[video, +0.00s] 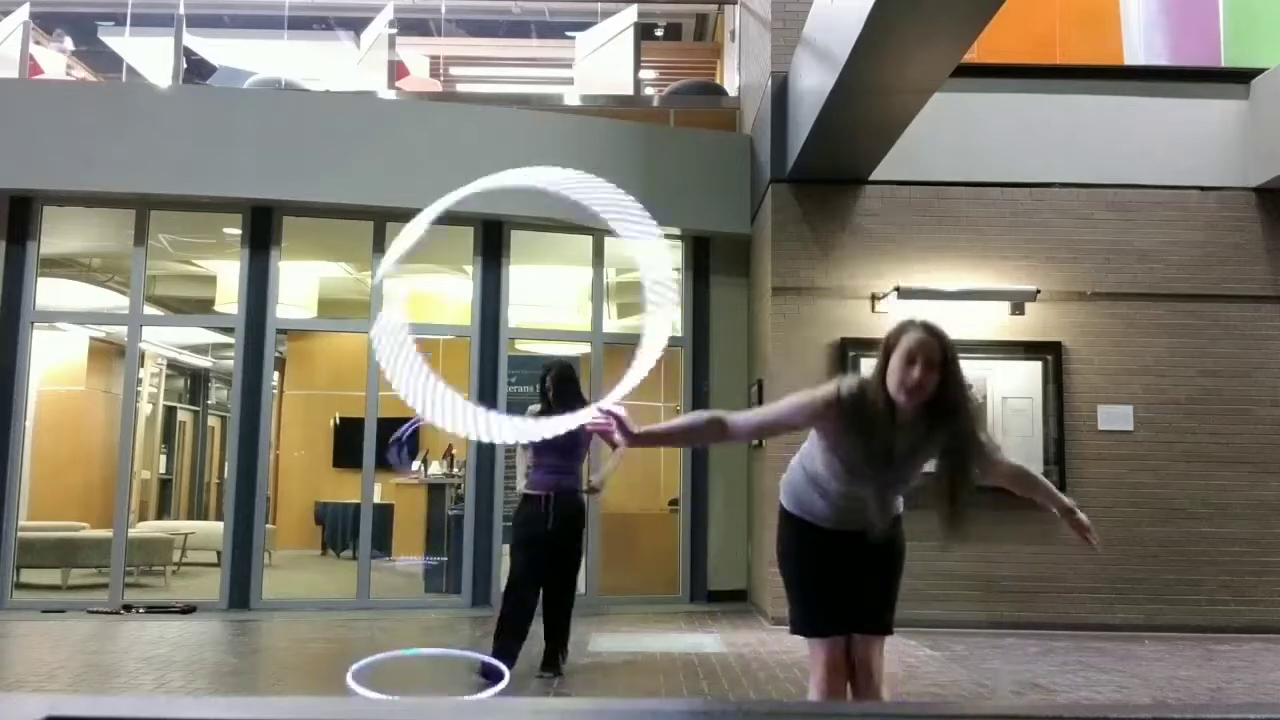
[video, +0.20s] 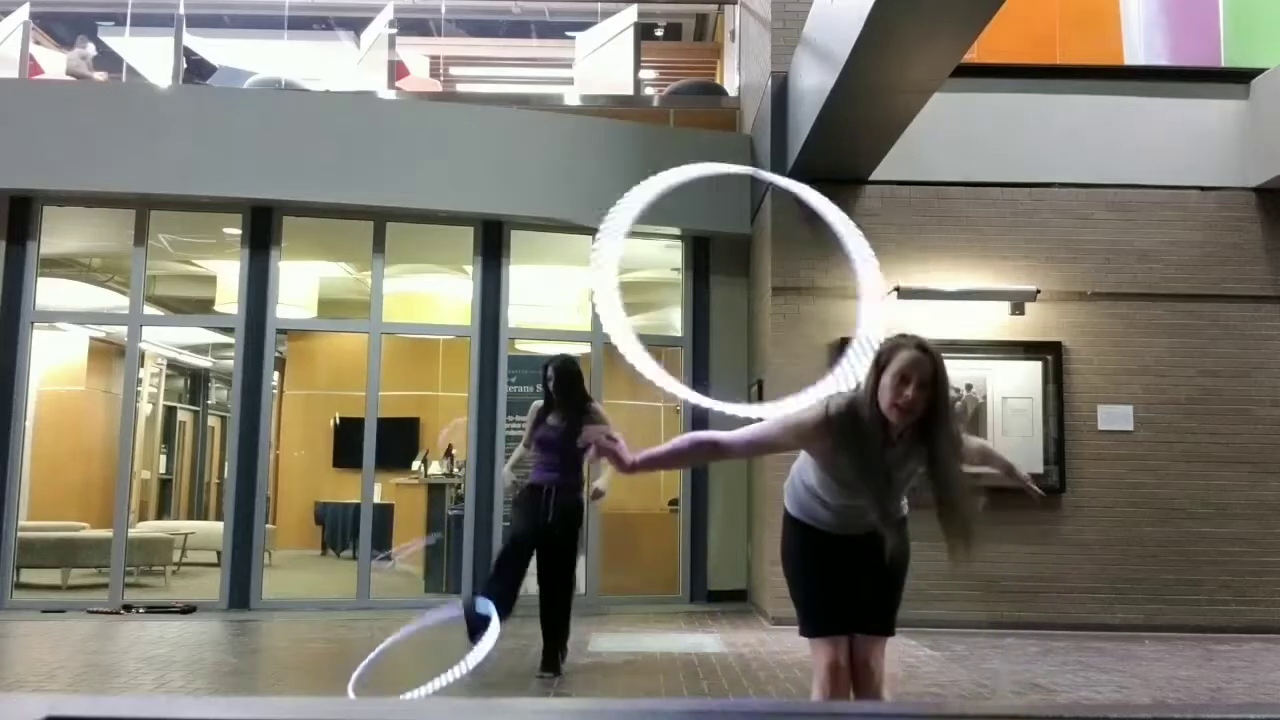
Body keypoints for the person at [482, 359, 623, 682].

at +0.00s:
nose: (551, 388)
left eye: (557, 382)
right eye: (548, 382)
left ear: (568, 384)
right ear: (543, 385)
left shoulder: (587, 416)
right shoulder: (535, 414)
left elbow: (620, 446)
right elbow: (523, 449)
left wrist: (601, 478)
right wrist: (522, 482)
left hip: (567, 504)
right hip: (532, 502)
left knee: (560, 584)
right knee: (520, 582)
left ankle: (553, 659)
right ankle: (499, 662)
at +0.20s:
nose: (552, 386)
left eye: (558, 380)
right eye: (549, 380)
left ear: (573, 381)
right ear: (545, 381)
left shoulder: (590, 414)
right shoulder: (539, 409)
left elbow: (609, 453)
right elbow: (524, 446)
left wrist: (604, 480)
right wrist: (507, 467)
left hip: (565, 499)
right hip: (532, 495)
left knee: (556, 579)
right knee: (515, 550)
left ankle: (552, 656)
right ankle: (484, 618)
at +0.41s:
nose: (543, 383)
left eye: (548, 377)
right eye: (540, 377)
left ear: (563, 378)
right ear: (538, 379)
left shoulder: (584, 408)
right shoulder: (536, 408)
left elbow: (573, 452)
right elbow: (514, 445)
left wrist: (546, 477)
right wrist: (488, 466)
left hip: (570, 489)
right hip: (540, 474)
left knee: (554, 567)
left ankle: (552, 646)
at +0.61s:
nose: (537, 408)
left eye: (541, 402)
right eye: (537, 403)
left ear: (555, 403)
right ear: (547, 405)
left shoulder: (581, 427)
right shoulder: (541, 428)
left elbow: (561, 441)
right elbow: (503, 427)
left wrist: (530, 442)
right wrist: (469, 411)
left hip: (574, 515)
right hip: (547, 507)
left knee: (559, 583)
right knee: (539, 462)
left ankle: (559, 651)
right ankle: (484, 509)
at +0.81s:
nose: (526, 435)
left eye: (531, 430)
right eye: (524, 429)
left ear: (545, 428)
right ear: (523, 426)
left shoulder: (568, 436)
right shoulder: (523, 434)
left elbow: (584, 439)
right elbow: (492, 430)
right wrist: (468, 402)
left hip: (582, 505)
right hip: (552, 497)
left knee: (564, 581)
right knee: (526, 527)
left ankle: (557, 654)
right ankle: (532, 589)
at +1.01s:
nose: (518, 423)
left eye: (521, 416)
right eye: (516, 417)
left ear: (535, 414)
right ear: (523, 417)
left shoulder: (570, 430)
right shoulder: (535, 443)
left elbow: (611, 442)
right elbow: (507, 468)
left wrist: (652, 457)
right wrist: (474, 472)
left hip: (583, 507)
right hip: (555, 505)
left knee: (554, 576)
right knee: (525, 578)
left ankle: (560, 655)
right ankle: (548, 635)